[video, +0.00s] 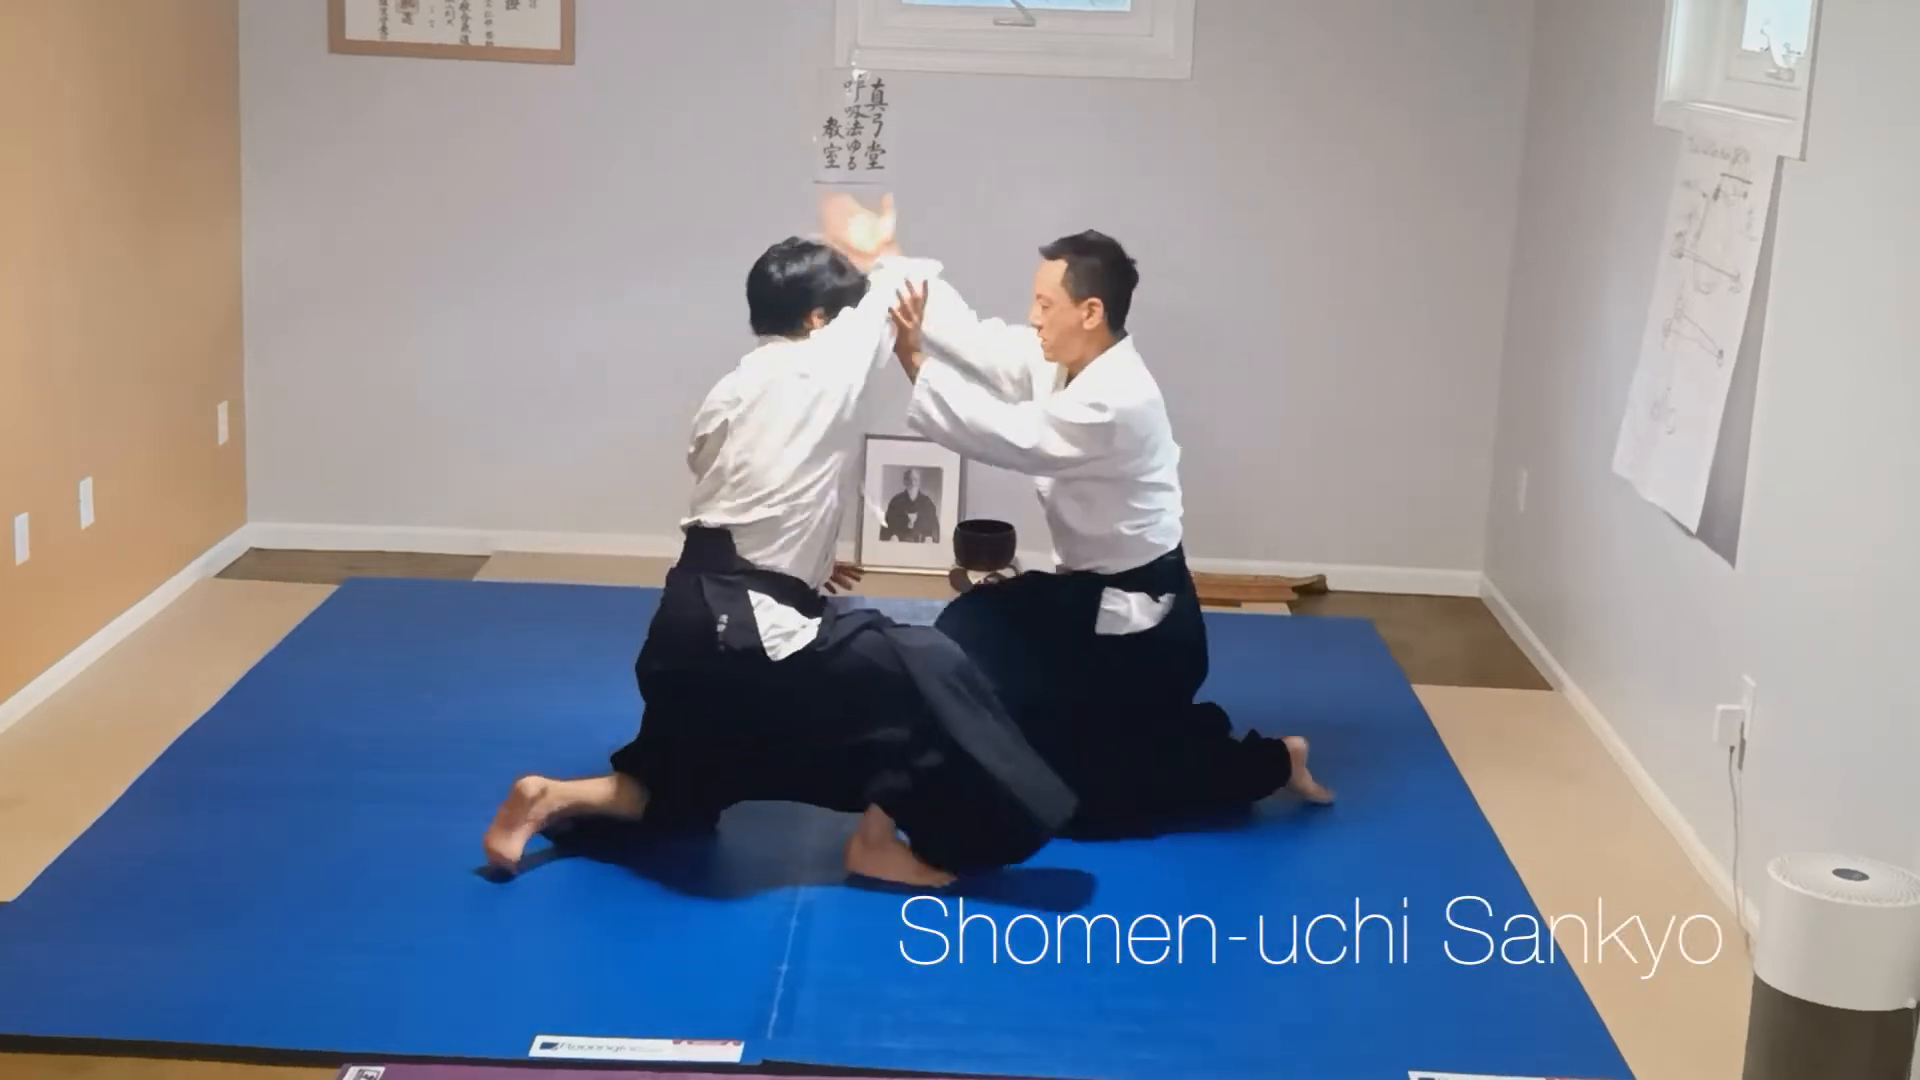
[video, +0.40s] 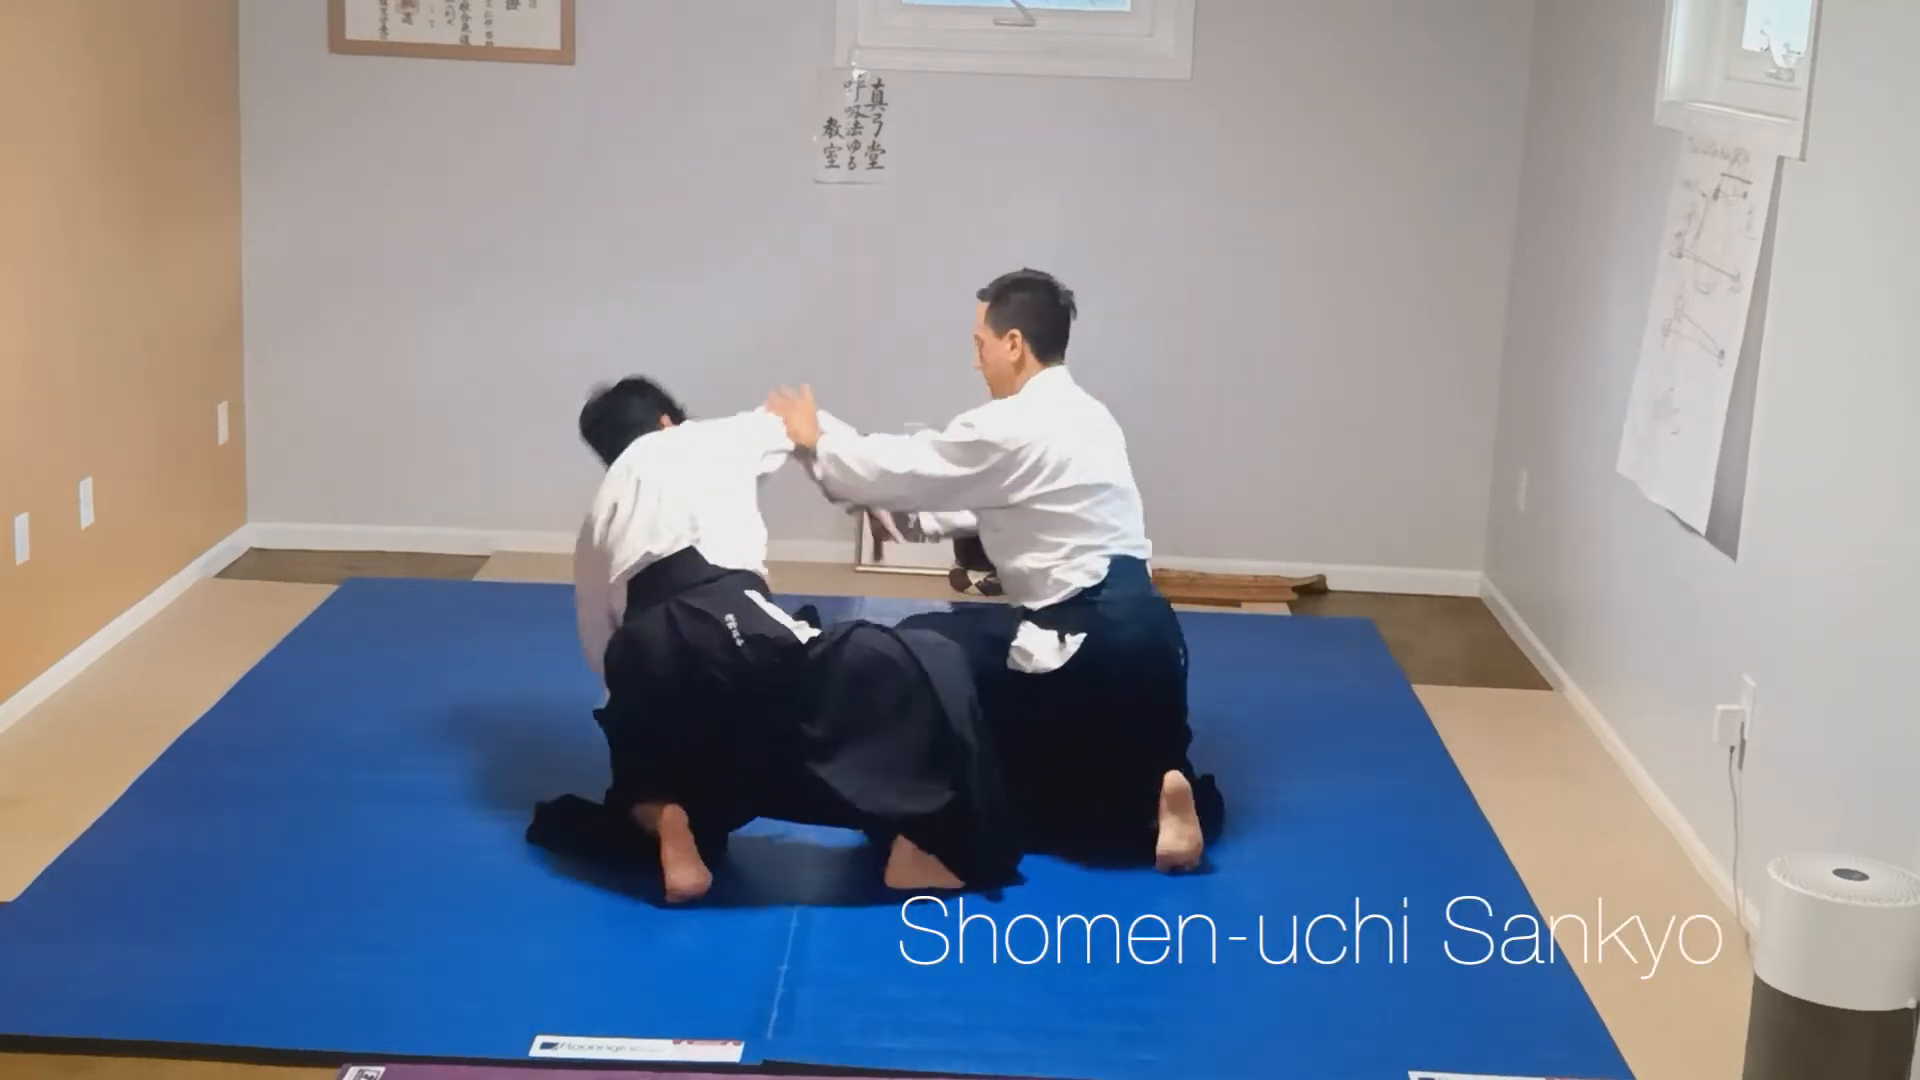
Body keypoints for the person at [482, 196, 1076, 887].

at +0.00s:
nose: (855, 325)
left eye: (853, 310)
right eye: (848, 309)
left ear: (766, 317)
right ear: (818, 319)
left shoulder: (722, 396)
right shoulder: (823, 369)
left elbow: (715, 512)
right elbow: (909, 285)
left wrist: (805, 569)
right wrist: (878, 252)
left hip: (679, 633)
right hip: (759, 633)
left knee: (682, 787)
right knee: (926, 666)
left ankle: (552, 798)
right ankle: (878, 842)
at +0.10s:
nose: (819, 308)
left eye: (814, 300)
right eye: (811, 298)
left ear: (722, 323)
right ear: (785, 313)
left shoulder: (697, 396)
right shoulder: (806, 354)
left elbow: (679, 482)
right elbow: (867, 289)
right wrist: (843, 285)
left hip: (676, 629)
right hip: (765, 625)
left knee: (694, 777)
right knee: (937, 667)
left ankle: (582, 801)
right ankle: (883, 842)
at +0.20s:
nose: (759, 345)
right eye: (756, 335)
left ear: (673, 353)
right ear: (737, 337)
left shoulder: (656, 429)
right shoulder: (774, 363)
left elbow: (657, 555)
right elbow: (862, 321)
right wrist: (841, 384)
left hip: (668, 632)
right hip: (756, 619)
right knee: (938, 670)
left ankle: (655, 797)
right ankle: (883, 841)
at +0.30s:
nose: (714, 373)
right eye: (711, 364)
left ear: (632, 396)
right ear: (699, 370)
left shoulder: (622, 470)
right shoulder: (746, 391)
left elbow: (624, 592)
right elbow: (840, 373)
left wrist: (660, 651)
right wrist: (846, 441)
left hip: (657, 638)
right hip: (746, 608)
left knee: (644, 767)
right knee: (910, 671)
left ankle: (673, 807)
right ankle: (893, 841)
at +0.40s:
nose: (683, 421)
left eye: (679, 418)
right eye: (681, 413)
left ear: (606, 453)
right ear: (668, 417)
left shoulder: (596, 517)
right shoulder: (713, 436)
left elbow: (597, 630)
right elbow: (806, 424)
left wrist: (621, 696)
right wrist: (870, 492)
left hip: (643, 648)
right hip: (732, 618)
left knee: (638, 766)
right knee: (907, 669)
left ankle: (666, 820)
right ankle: (912, 851)